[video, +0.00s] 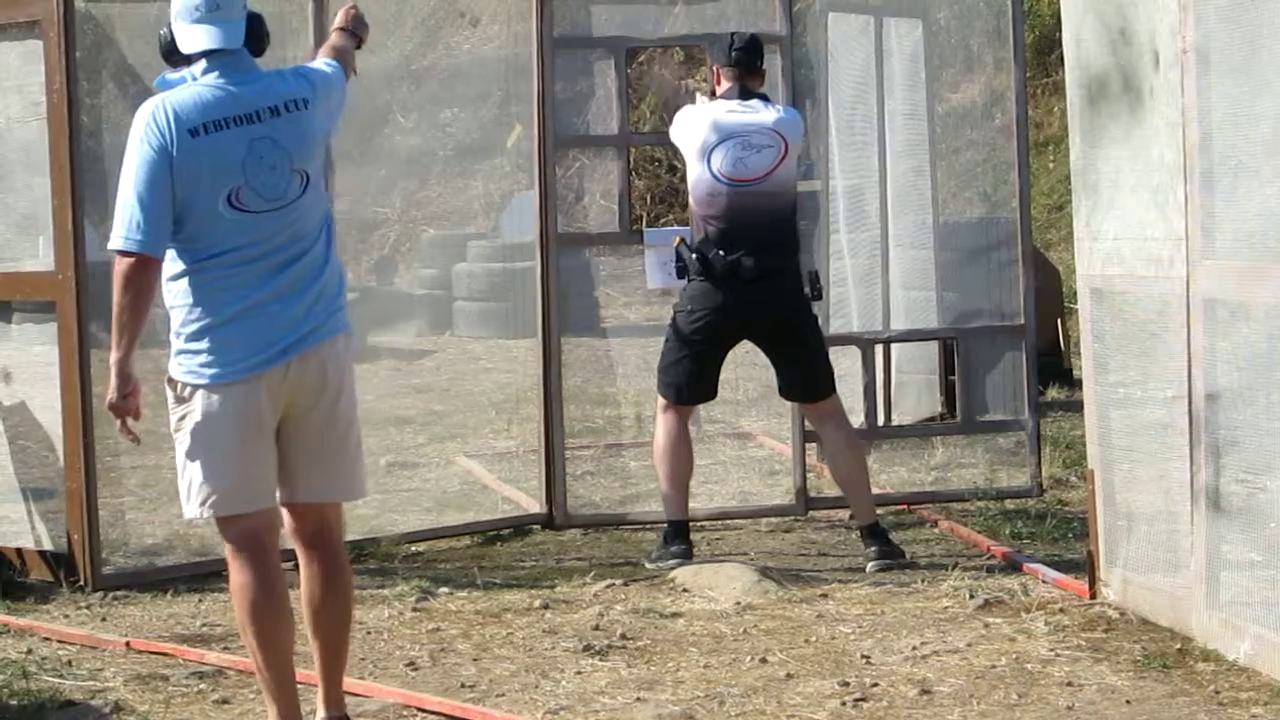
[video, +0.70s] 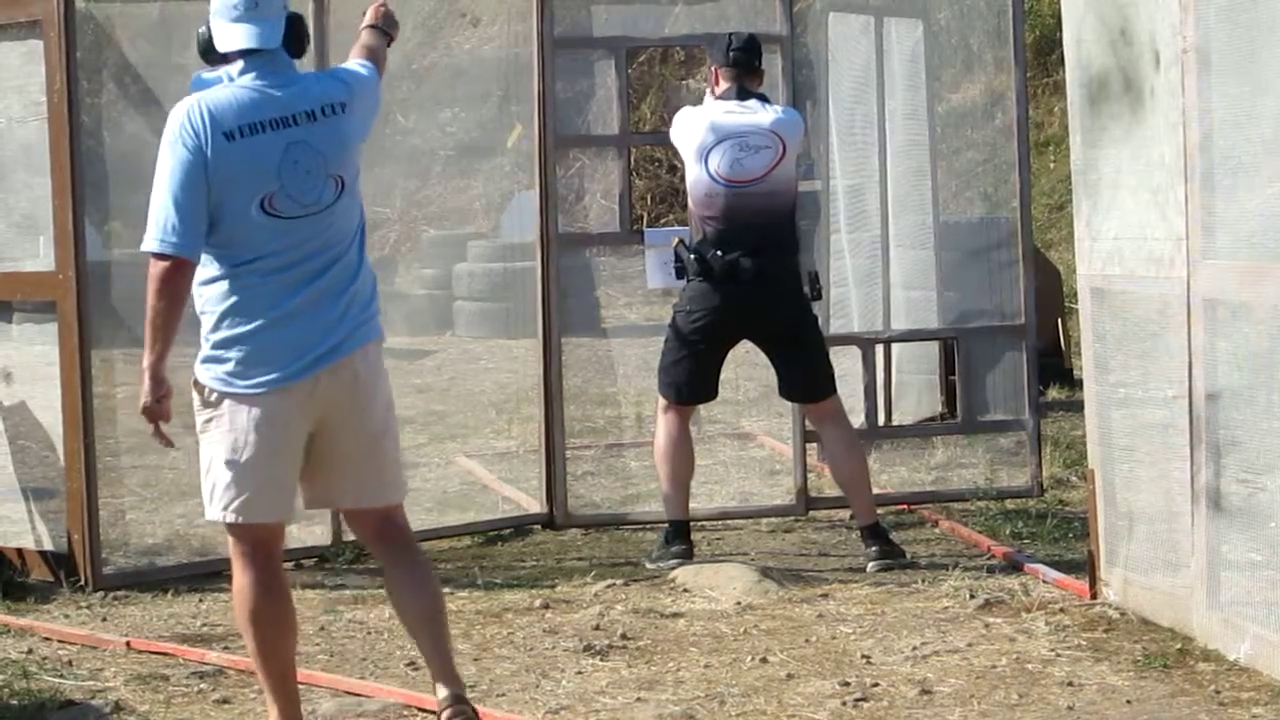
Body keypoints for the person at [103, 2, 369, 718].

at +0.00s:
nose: (176, 64)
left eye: (174, 52)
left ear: (176, 52)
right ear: (251, 39)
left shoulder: (162, 119)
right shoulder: (305, 91)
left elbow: (137, 260)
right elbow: (336, 59)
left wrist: (120, 363)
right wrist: (348, 29)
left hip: (220, 362)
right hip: (320, 340)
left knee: (250, 547)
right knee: (320, 534)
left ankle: (286, 709)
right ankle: (333, 705)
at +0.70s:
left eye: (212, 44)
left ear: (212, 48)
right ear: (288, 38)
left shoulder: (196, 119)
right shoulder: (339, 97)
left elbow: (173, 260)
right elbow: (366, 63)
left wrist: (154, 367)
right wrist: (375, 30)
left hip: (250, 372)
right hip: (351, 353)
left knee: (257, 552)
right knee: (389, 529)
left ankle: (286, 709)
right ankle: (452, 691)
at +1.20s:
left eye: (322, 47)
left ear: (324, 52)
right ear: (403, 42)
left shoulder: (317, 123)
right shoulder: (453, 100)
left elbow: (299, 268)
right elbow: (462, 65)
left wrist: (280, 376)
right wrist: (462, 33)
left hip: (354, 367)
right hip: (455, 356)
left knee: (313, 545)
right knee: (461, 551)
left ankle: (298, 709)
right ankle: (476, 713)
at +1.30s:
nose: (334, 60)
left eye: (335, 46)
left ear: (338, 49)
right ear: (418, 40)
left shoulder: (331, 116)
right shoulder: (469, 99)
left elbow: (315, 260)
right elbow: (482, 69)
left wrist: (299, 373)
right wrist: (481, 34)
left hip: (368, 365)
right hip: (469, 355)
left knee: (326, 542)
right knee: (469, 550)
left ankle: (318, 709)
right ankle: (480, 714)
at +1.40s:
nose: (349, 61)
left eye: (349, 47)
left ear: (352, 48)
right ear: (428, 38)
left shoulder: (341, 112)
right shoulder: (479, 98)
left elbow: (321, 254)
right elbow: (500, 67)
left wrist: (306, 369)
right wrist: (506, 33)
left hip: (377, 364)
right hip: (480, 356)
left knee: (340, 541)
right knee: (474, 553)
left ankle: (354, 709)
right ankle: (482, 714)